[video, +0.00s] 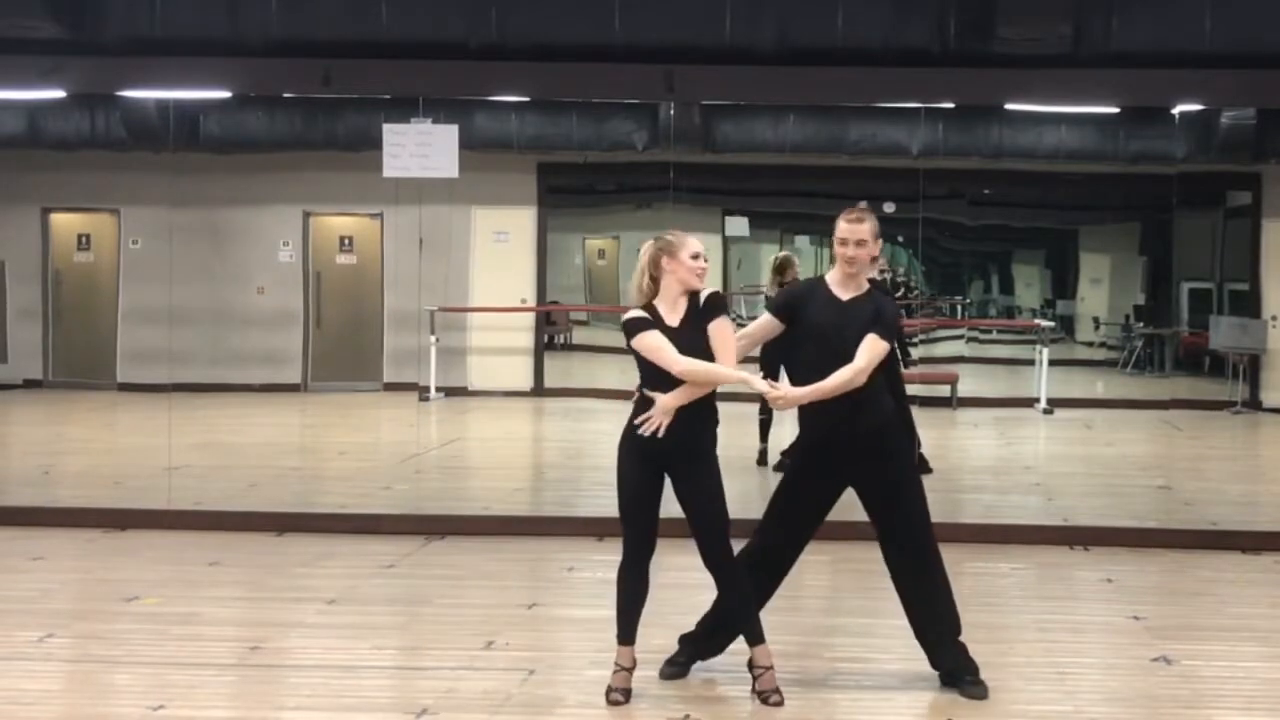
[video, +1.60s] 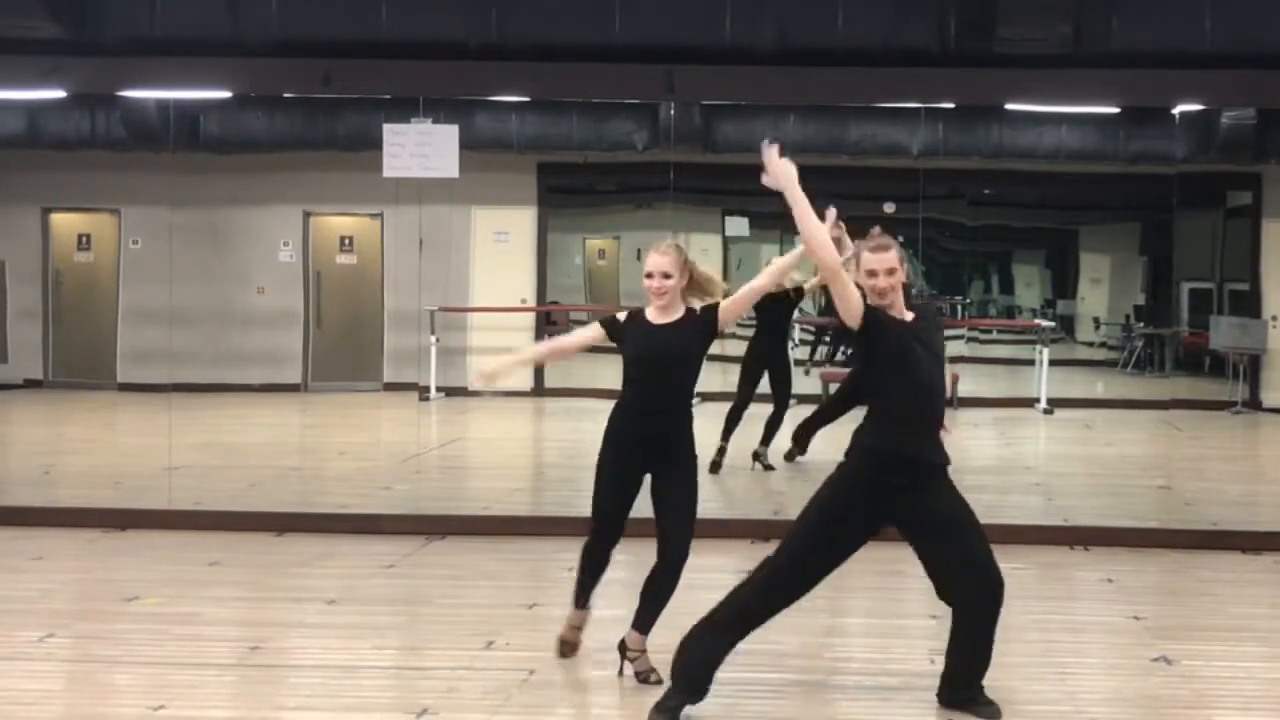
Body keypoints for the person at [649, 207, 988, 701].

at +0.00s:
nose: (852, 251)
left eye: (861, 243)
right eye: (844, 242)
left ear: (877, 248)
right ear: (832, 244)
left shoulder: (883, 308)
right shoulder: (802, 296)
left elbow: (859, 370)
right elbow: (739, 345)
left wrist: (799, 395)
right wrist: (682, 385)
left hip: (883, 449)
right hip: (820, 447)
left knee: (915, 552)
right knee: (769, 548)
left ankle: (955, 663)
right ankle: (697, 645)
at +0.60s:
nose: (831, 267)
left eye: (839, 259)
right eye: (830, 258)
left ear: (871, 261)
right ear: (852, 261)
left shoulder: (907, 306)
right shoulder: (832, 305)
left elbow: (876, 372)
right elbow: (753, 316)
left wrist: (802, 375)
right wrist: (680, 320)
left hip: (883, 460)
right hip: (819, 454)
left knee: (917, 566)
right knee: (762, 548)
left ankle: (952, 666)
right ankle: (693, 645)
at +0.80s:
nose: (820, 263)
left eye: (826, 255)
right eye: (820, 255)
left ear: (855, 256)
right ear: (849, 257)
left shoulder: (894, 310)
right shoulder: (827, 294)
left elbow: (922, 382)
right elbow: (771, 272)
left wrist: (849, 379)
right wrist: (727, 253)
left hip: (875, 461)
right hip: (821, 452)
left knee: (915, 567)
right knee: (749, 539)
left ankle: (962, 666)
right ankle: (774, 645)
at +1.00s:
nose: (785, 257)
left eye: (791, 249)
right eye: (785, 248)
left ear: (819, 252)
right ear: (818, 251)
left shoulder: (845, 313)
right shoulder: (815, 293)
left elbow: (858, 392)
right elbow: (784, 228)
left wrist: (807, 411)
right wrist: (761, 178)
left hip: (856, 455)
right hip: (814, 453)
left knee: (931, 553)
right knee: (759, 559)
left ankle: (1022, 649)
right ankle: (785, 658)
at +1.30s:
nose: (821, 254)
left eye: (831, 246)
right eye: (815, 248)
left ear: (854, 248)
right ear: (810, 252)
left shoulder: (871, 298)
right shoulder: (823, 297)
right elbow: (792, 224)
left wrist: (874, 398)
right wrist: (814, 195)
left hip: (874, 451)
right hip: (821, 451)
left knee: (940, 555)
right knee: (784, 560)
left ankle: (1003, 652)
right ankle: (785, 658)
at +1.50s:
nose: (868, 268)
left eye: (876, 257)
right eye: (859, 259)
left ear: (893, 258)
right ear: (846, 263)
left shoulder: (928, 308)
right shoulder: (844, 306)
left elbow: (968, 350)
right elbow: (804, 244)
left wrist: (949, 395)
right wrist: (807, 173)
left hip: (918, 465)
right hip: (856, 462)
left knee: (964, 578)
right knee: (769, 560)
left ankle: (954, 681)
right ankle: (716, 664)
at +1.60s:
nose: (879, 282)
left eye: (888, 272)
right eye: (870, 274)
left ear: (905, 271)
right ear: (858, 278)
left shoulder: (926, 320)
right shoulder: (865, 323)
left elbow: (934, 380)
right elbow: (829, 265)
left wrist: (935, 421)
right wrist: (792, 189)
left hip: (926, 480)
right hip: (866, 478)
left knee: (981, 584)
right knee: (780, 579)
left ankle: (961, 688)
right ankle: (684, 683)